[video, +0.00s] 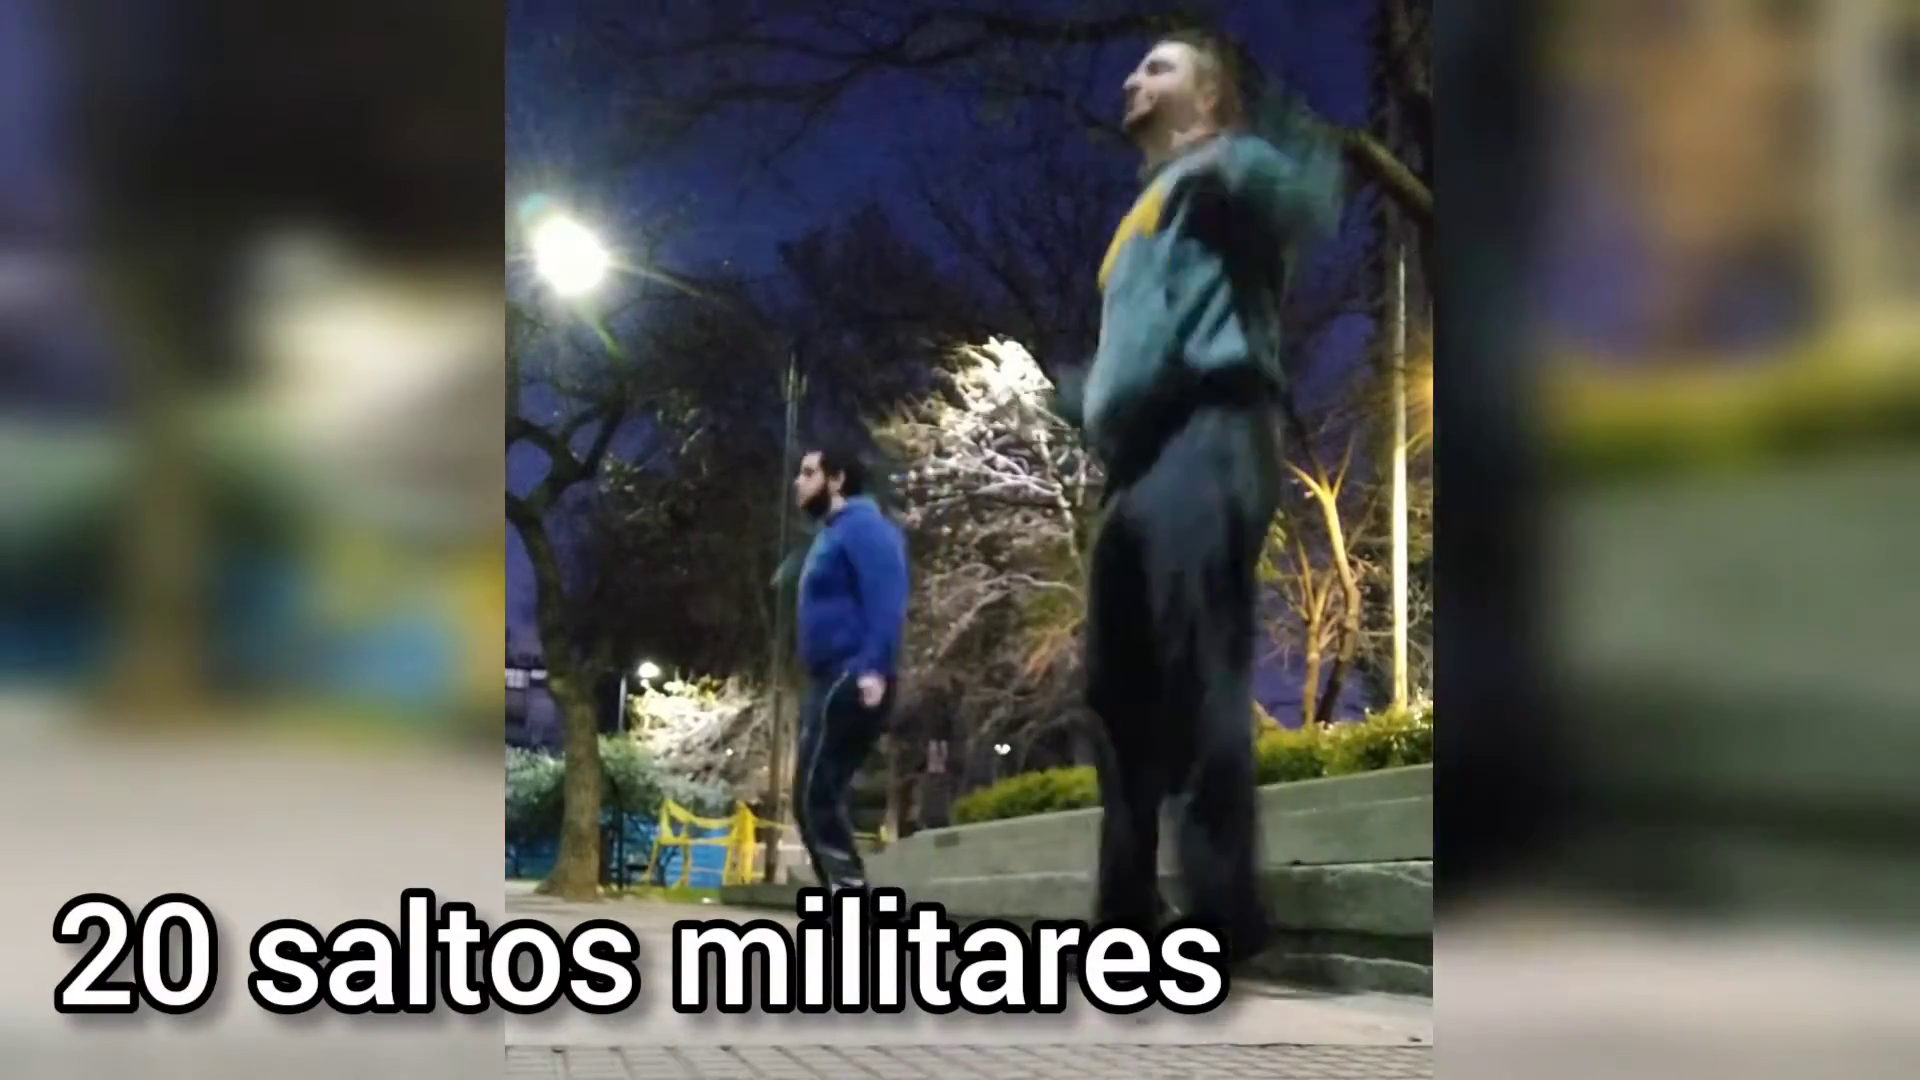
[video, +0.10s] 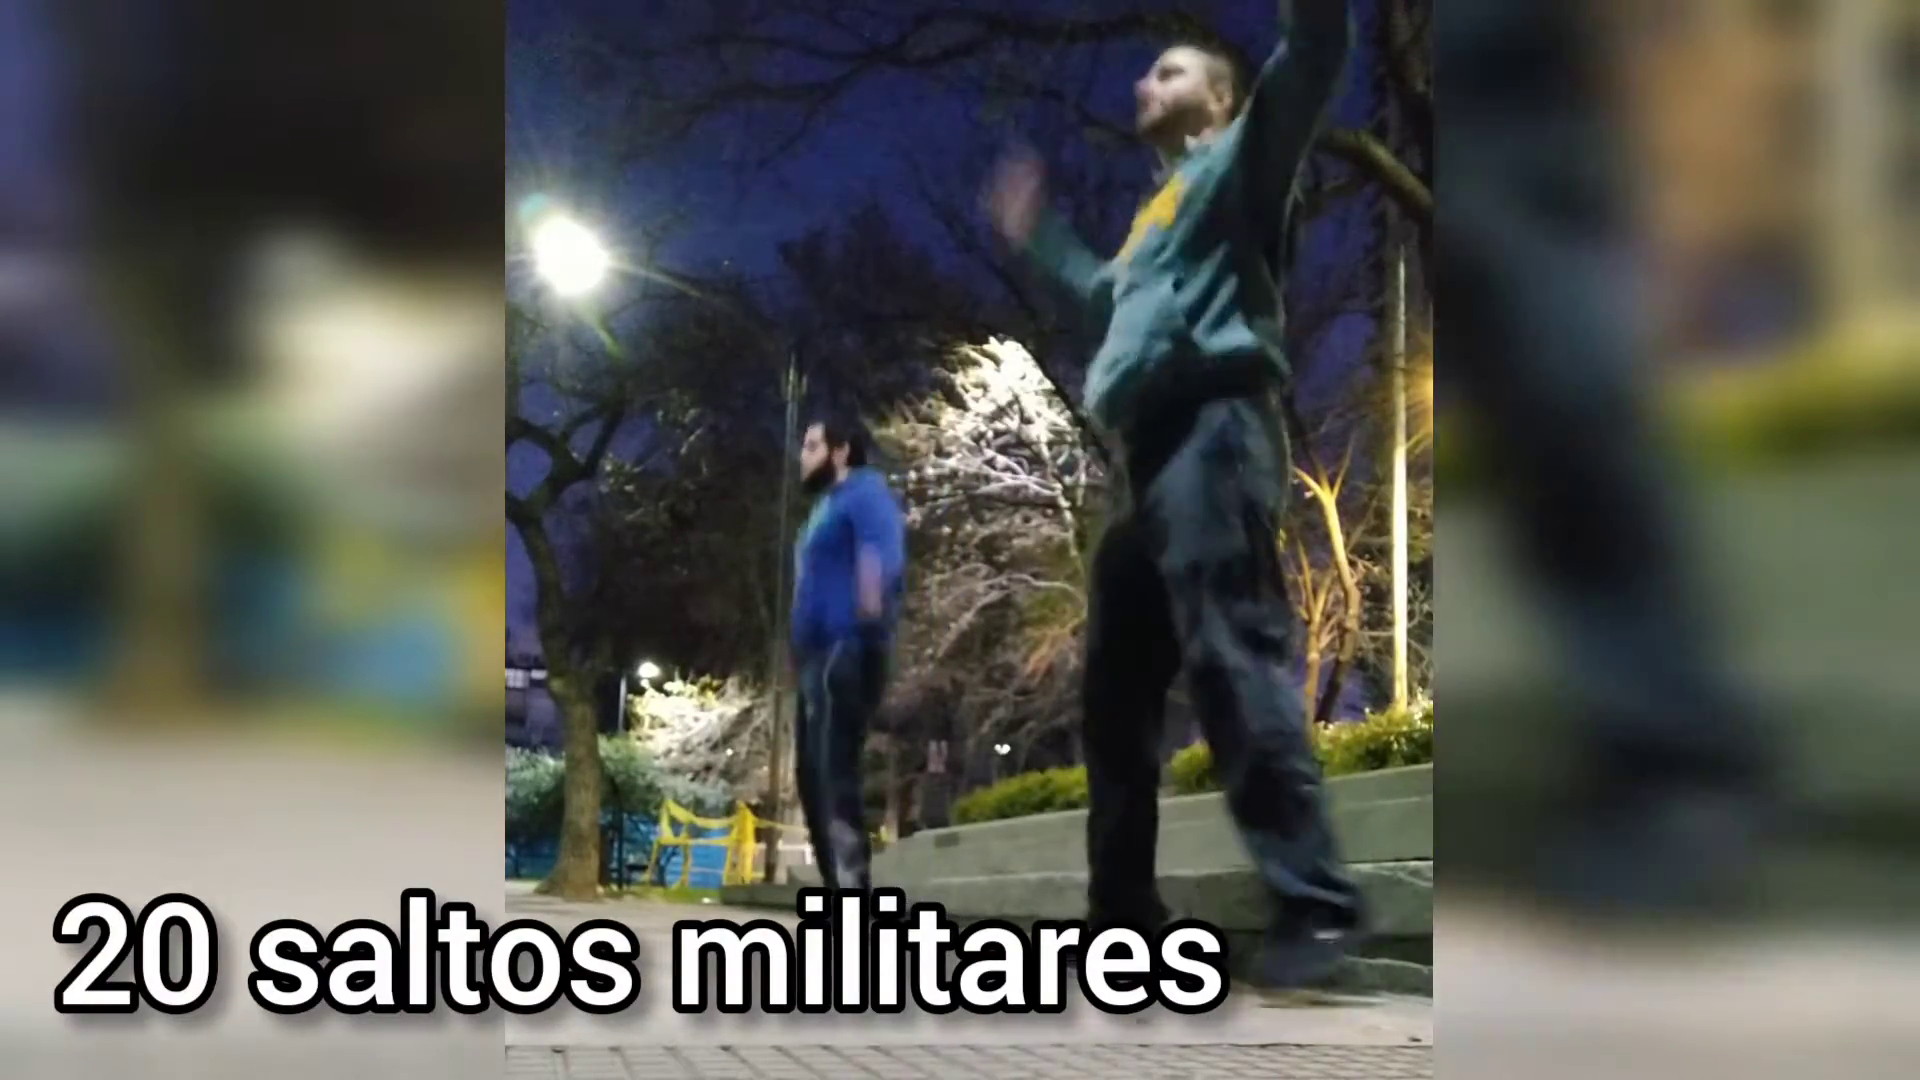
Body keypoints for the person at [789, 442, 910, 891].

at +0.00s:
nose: (798, 482)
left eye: (807, 473)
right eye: (800, 473)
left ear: (836, 479)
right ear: (828, 480)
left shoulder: (862, 524)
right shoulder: (832, 531)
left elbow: (885, 594)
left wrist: (873, 666)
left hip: (853, 676)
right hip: (825, 677)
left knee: (818, 797)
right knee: (809, 797)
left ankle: (848, 889)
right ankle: (838, 889)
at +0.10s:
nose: (803, 454)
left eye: (811, 444)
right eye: (804, 445)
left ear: (841, 449)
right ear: (831, 452)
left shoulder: (863, 490)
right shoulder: (828, 502)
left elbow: (875, 555)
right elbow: (820, 578)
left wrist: (869, 619)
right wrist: (803, 644)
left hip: (848, 643)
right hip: (815, 648)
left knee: (833, 765)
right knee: (812, 771)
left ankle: (851, 880)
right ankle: (832, 879)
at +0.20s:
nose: (805, 439)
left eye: (815, 430)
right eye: (806, 431)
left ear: (841, 435)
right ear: (817, 441)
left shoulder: (864, 475)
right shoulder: (816, 489)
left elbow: (884, 517)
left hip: (842, 624)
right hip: (809, 625)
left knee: (837, 747)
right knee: (814, 755)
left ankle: (857, 873)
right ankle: (832, 871)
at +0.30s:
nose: (804, 445)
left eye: (813, 437)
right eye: (804, 438)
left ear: (840, 445)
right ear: (812, 450)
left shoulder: (855, 492)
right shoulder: (811, 496)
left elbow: (869, 426)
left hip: (843, 630)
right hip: (806, 633)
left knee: (838, 753)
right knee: (808, 758)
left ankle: (858, 872)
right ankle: (822, 873)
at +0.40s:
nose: (796, 474)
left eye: (803, 464)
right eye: (797, 466)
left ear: (829, 465)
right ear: (816, 471)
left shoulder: (852, 505)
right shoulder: (819, 517)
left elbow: (864, 438)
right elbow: (798, 481)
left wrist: (849, 382)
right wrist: (821, 437)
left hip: (848, 654)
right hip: (818, 656)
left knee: (823, 776)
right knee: (801, 783)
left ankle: (869, 903)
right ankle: (828, 902)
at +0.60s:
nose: (799, 451)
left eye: (808, 441)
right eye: (798, 442)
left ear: (836, 446)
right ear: (813, 453)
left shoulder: (857, 485)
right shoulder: (810, 496)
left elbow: (878, 423)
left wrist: (863, 353)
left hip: (837, 627)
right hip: (800, 630)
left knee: (831, 753)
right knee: (805, 761)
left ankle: (861, 881)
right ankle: (815, 888)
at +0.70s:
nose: (794, 447)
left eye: (804, 438)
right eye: (795, 439)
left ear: (831, 444)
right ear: (809, 448)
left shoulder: (849, 478)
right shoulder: (806, 496)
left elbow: (881, 502)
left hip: (837, 628)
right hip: (804, 634)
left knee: (814, 751)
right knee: (794, 760)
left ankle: (853, 878)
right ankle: (813, 889)